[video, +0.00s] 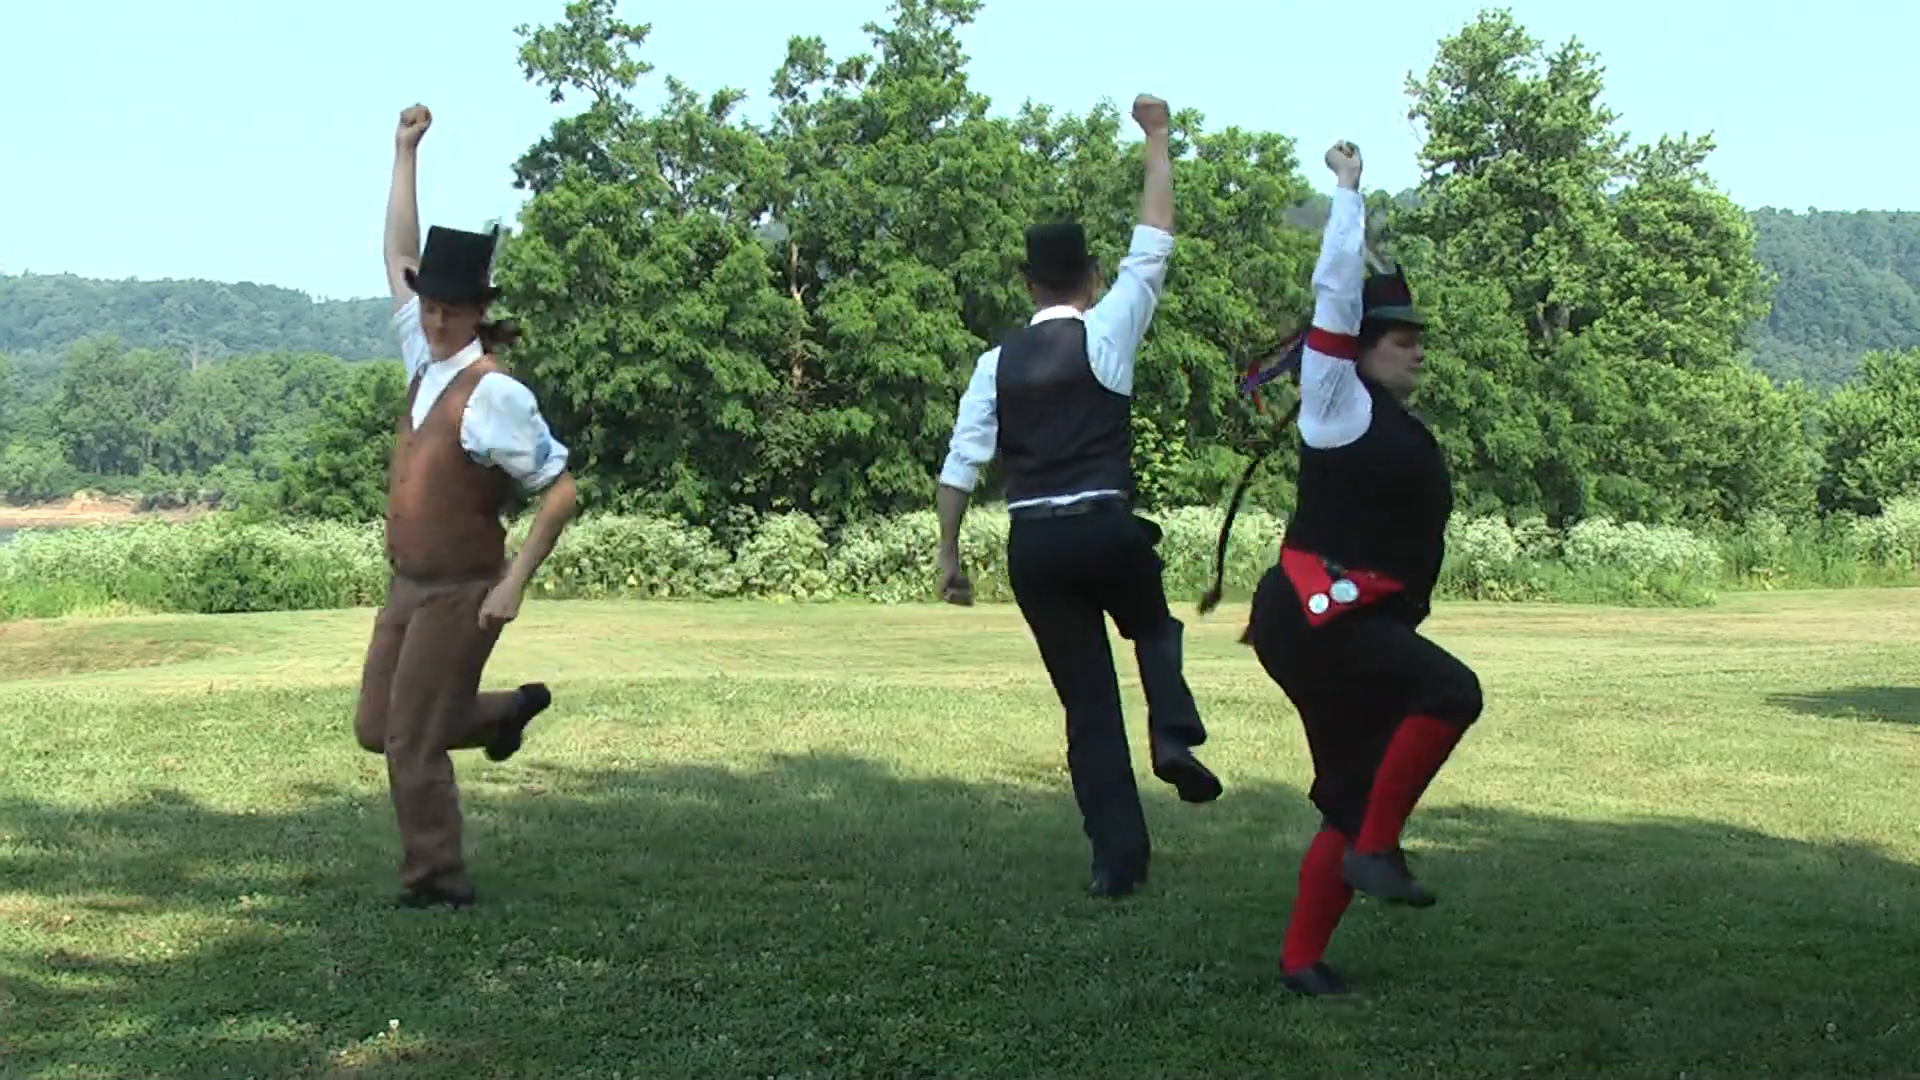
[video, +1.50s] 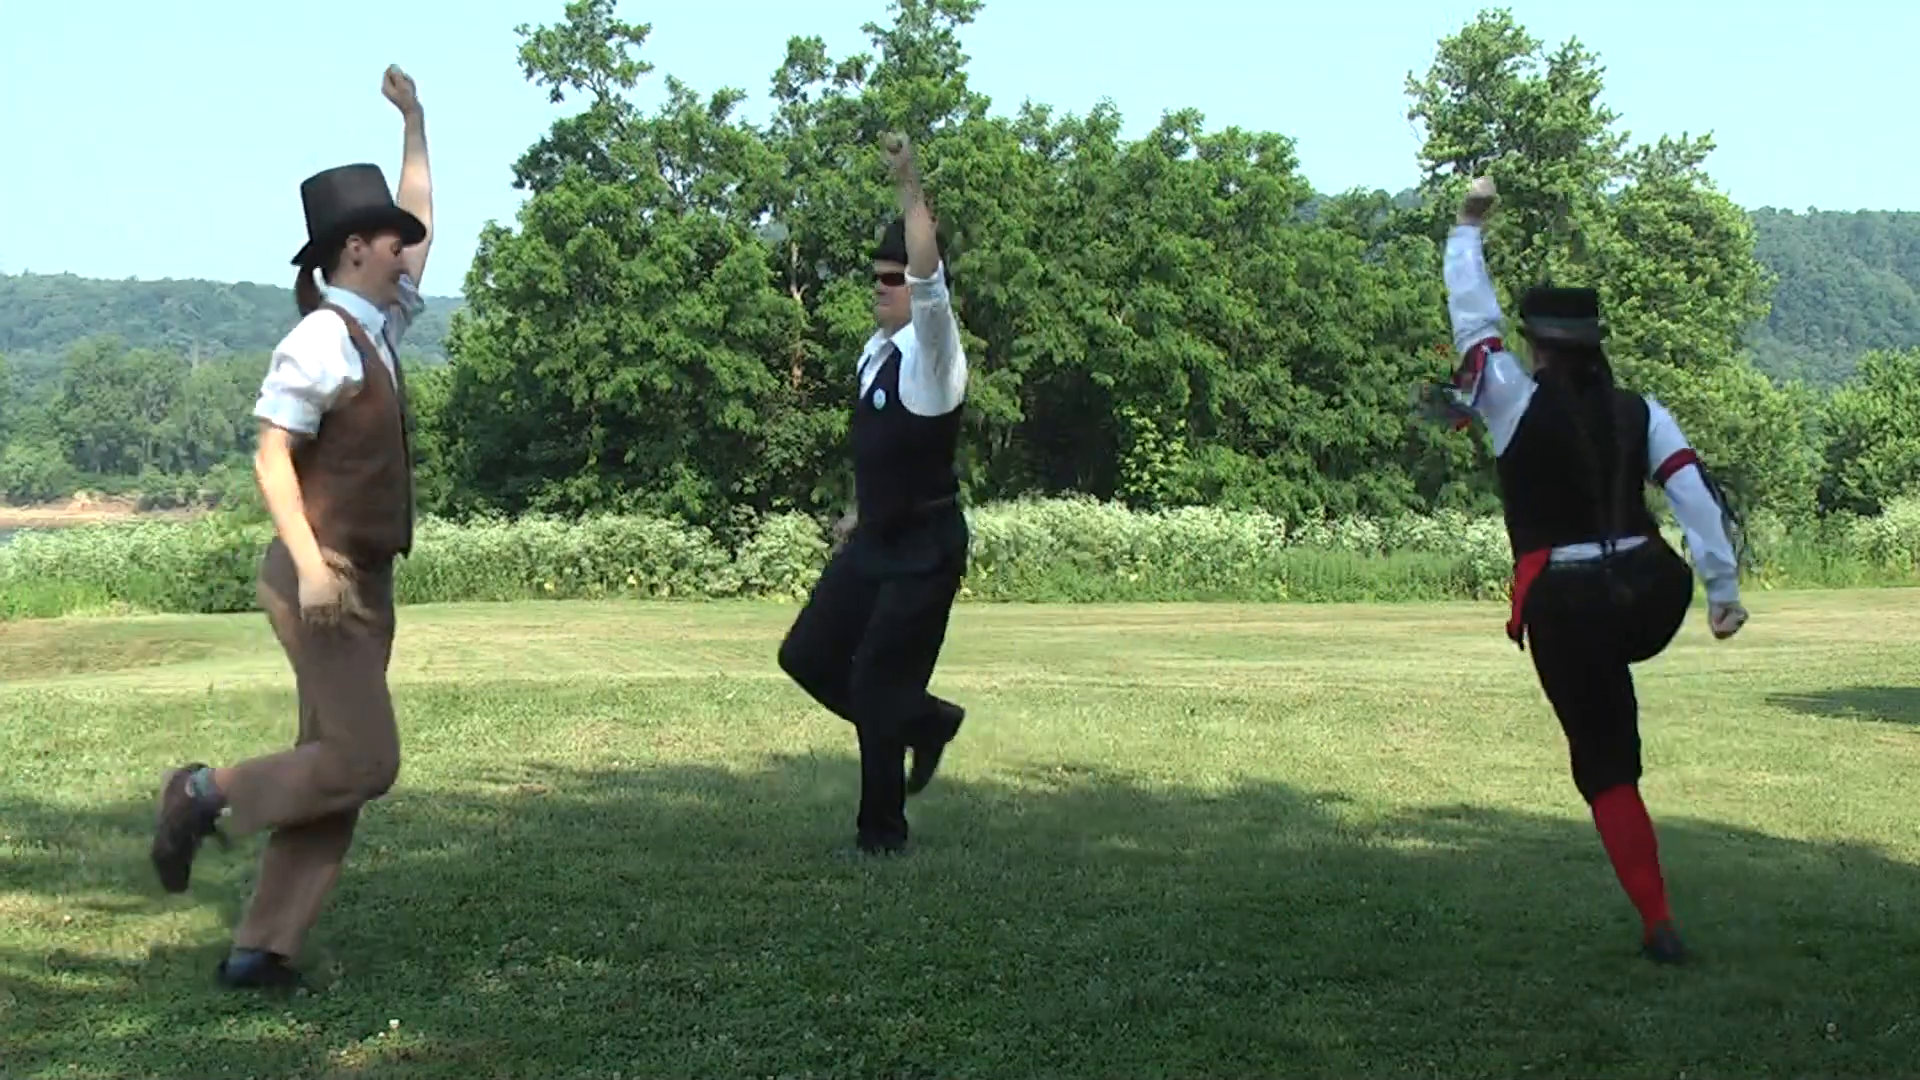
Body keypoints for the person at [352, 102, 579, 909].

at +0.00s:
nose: (427, 319)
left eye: (439, 309)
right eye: (425, 305)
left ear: (469, 313)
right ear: (425, 304)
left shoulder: (498, 396)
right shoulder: (428, 361)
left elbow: (562, 492)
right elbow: (402, 261)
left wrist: (515, 580)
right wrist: (404, 152)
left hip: (459, 595)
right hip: (405, 586)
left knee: (417, 742)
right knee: (376, 725)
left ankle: (438, 881)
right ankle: (504, 714)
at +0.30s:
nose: (315, 302)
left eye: (325, 291)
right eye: (303, 287)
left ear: (336, 298)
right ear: (269, 285)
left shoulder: (352, 379)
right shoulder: (242, 335)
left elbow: (404, 472)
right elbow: (197, 237)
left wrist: (389, 574)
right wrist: (188, 132)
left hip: (326, 581)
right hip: (244, 576)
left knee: (367, 734)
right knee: (177, 712)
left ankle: (428, 875)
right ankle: (173, 862)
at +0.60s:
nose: (226, 253)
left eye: (233, 240)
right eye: (212, 239)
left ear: (237, 248)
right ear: (168, 241)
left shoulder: (252, 334)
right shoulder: (116, 308)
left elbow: (265, 442)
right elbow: (51, 204)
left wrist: (268, 523)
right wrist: (17, 92)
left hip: (224, 535)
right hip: (129, 533)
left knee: (178, 680)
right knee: (122, 712)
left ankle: (189, 704)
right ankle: (117, 888)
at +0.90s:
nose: (198, 290)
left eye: (202, 276)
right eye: (187, 272)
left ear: (179, 280)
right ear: (136, 271)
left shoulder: (188, 377)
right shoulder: (76, 349)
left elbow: (178, 485)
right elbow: (7, 301)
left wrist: (233, 538)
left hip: (165, 578)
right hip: (73, 577)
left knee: (164, 707)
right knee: (54, 760)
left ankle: (87, 747)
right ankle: (11, 921)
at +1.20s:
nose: (264, 278)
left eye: (266, 266)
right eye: (254, 263)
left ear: (233, 271)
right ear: (202, 265)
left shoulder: (250, 342)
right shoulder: (160, 362)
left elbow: (322, 295)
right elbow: (144, 491)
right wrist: (205, 591)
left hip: (216, 578)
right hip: (136, 577)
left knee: (272, 701)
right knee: (85, 752)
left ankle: (210, 881)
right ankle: (11, 902)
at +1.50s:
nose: (412, 254)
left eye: (409, 240)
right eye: (397, 240)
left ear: (371, 253)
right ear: (352, 251)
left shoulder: (375, 322)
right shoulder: (322, 336)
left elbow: (414, 222)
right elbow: (270, 454)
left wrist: (414, 118)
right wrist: (311, 561)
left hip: (362, 575)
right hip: (320, 573)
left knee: (339, 771)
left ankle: (259, 952)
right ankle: (203, 795)